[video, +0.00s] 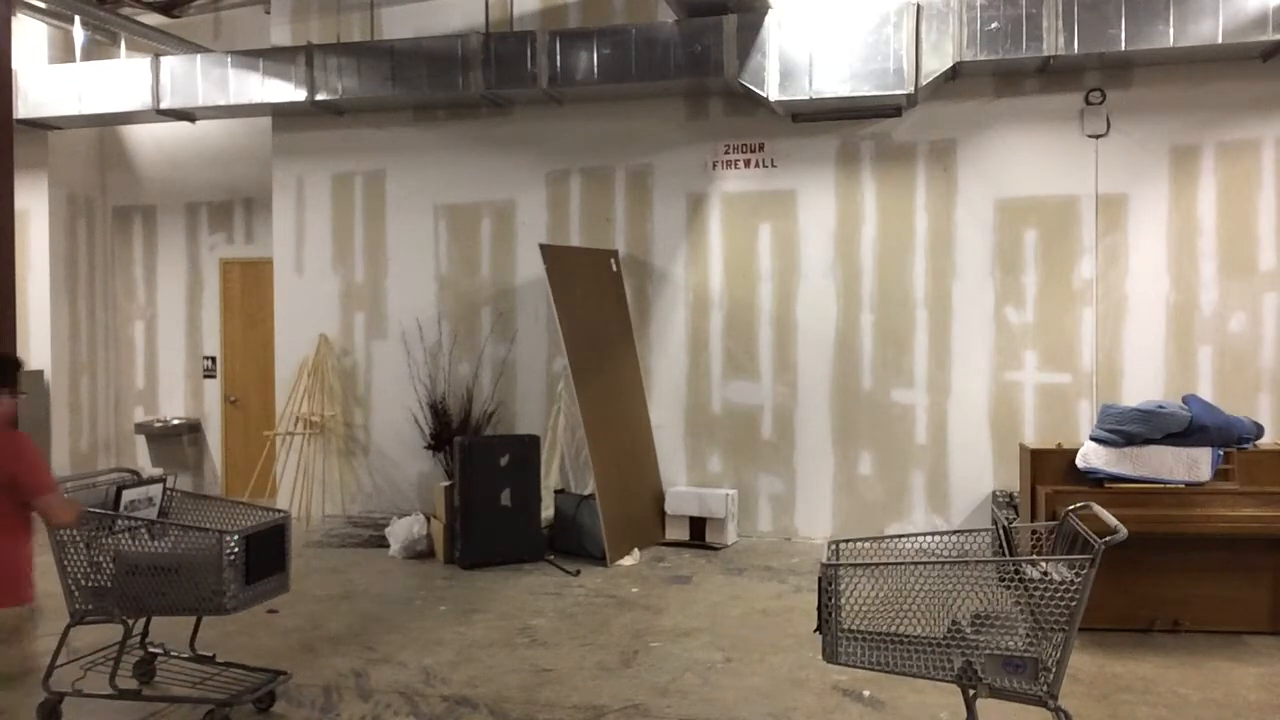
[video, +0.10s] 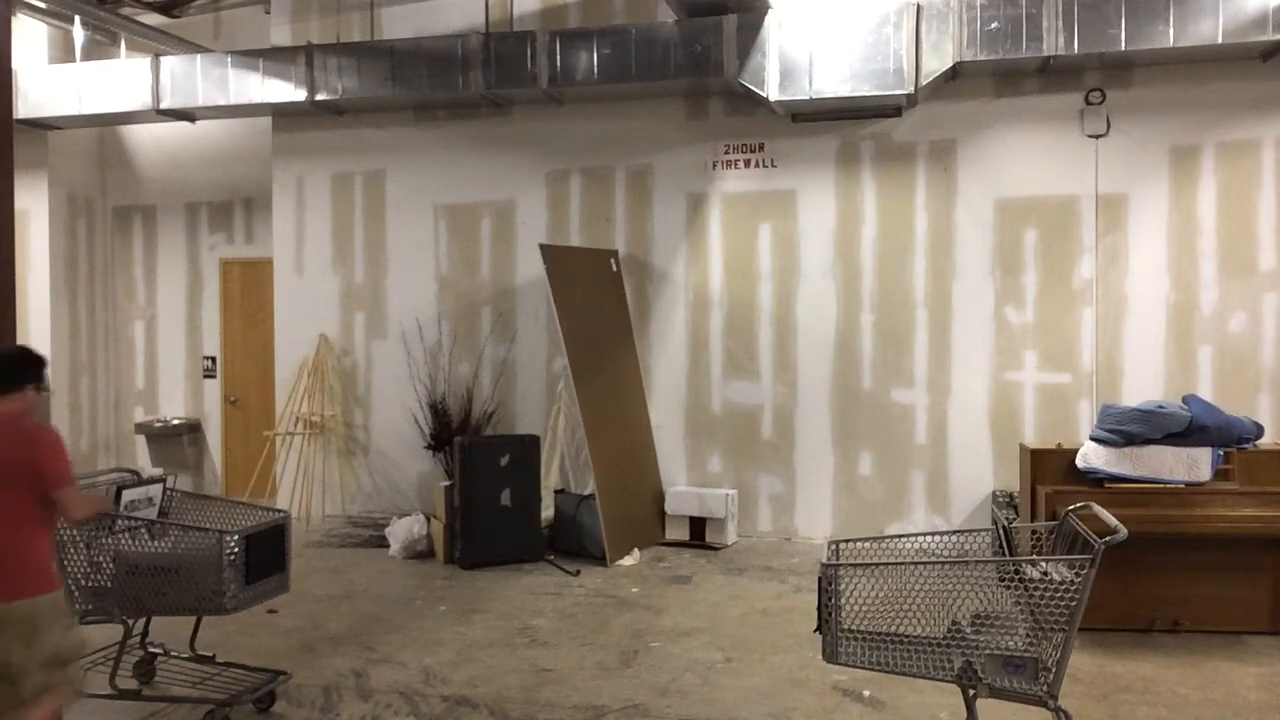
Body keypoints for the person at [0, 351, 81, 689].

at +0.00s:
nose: (18, 402)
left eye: (16, 393)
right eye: (13, 393)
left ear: (11, 396)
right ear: (5, 397)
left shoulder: (15, 444)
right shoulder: (13, 445)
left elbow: (60, 513)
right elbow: (59, 514)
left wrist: (61, 504)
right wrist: (75, 506)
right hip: (7, 603)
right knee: (17, 698)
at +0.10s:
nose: (43, 399)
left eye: (41, 389)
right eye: (41, 389)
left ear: (3, 387)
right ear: (29, 389)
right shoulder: (36, 437)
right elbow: (73, 509)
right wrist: (104, 501)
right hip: (26, 586)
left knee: (10, 692)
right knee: (56, 683)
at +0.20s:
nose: (63, 399)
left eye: (64, 390)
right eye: (63, 388)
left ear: (19, 381)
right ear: (50, 384)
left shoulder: (3, 419)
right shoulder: (59, 427)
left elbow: (26, 487)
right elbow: (94, 497)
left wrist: (81, 490)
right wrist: (128, 495)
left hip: (4, 582)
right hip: (51, 578)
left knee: (13, 686)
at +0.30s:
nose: (87, 398)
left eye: (89, 389)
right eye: (87, 388)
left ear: (40, 381)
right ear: (76, 384)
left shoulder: (5, 416)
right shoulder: (82, 424)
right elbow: (123, 492)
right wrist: (154, 486)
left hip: (9, 578)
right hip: (73, 574)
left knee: (16, 688)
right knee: (116, 653)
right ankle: (124, 712)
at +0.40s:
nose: (110, 405)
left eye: (112, 398)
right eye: (112, 396)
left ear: (66, 386)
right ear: (105, 391)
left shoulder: (13, 425)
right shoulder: (110, 429)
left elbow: (10, 492)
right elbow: (156, 491)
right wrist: (177, 487)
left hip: (20, 581)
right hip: (94, 578)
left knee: (24, 688)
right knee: (134, 662)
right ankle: (158, 712)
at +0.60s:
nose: (165, 416)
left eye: (166, 410)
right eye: (167, 409)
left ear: (124, 395)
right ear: (161, 403)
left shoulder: (73, 424)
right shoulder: (166, 435)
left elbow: (71, 483)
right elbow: (206, 494)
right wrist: (215, 522)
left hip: (70, 572)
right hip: (137, 571)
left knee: (47, 665)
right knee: (160, 662)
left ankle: (33, 714)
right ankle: (167, 714)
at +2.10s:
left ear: (123, 376)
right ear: (166, 372)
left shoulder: (102, 408)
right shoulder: (192, 411)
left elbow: (69, 435)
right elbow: (221, 477)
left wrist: (112, 411)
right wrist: (239, 481)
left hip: (113, 556)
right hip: (174, 554)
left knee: (84, 659)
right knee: (170, 656)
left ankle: (69, 716)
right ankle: (170, 716)